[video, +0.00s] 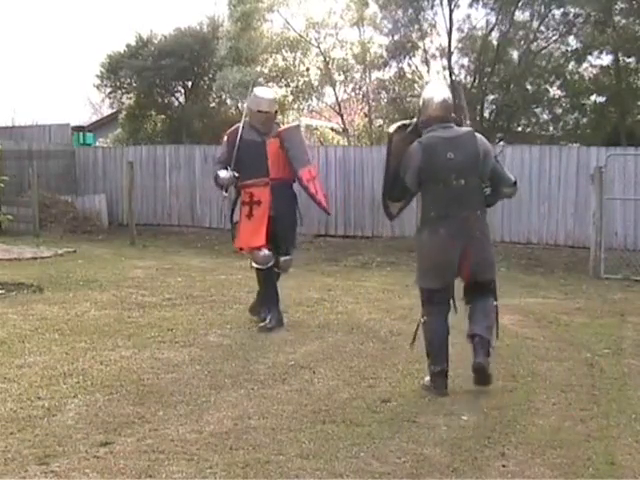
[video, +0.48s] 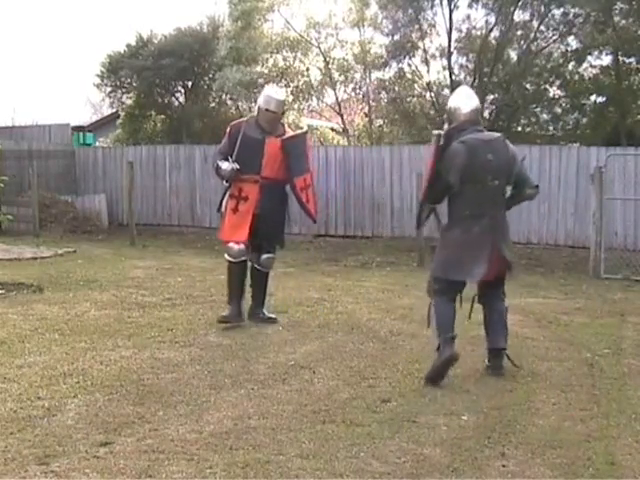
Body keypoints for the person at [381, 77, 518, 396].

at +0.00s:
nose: (422, 120)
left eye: (424, 115)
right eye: (427, 114)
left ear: (425, 119)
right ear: (454, 115)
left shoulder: (419, 148)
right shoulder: (475, 141)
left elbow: (396, 197)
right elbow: (507, 186)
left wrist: (394, 152)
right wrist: (480, 202)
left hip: (435, 232)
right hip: (474, 230)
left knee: (435, 303)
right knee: (482, 292)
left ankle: (438, 377)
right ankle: (481, 354)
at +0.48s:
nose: (449, 121)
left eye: (450, 116)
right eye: (451, 116)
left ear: (455, 116)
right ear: (478, 114)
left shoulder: (456, 149)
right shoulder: (501, 145)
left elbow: (436, 193)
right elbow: (528, 189)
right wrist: (500, 206)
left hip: (462, 233)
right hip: (495, 232)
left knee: (443, 289)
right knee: (493, 292)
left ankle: (446, 347)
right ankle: (496, 358)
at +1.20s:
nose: (463, 123)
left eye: (464, 118)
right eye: (463, 118)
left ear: (471, 118)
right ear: (490, 116)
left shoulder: (473, 148)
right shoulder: (513, 145)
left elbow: (435, 165)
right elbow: (536, 182)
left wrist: (452, 139)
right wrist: (516, 203)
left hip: (479, 226)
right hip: (509, 224)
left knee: (473, 283)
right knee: (508, 278)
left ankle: (483, 343)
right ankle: (525, 320)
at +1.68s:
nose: (482, 124)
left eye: (484, 120)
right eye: (482, 120)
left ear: (492, 120)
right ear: (508, 118)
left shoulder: (494, 147)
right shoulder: (524, 147)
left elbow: (475, 175)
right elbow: (543, 184)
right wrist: (526, 208)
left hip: (494, 223)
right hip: (520, 222)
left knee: (468, 269)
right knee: (517, 272)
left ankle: (482, 326)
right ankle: (533, 328)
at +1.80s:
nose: (483, 124)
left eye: (484, 120)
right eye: (483, 120)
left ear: (489, 120)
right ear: (508, 117)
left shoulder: (499, 147)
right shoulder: (525, 146)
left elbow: (488, 185)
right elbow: (539, 183)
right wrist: (520, 203)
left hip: (497, 222)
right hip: (522, 224)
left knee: (461, 260)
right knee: (519, 273)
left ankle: (475, 323)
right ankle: (534, 328)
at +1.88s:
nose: (480, 124)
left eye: (482, 119)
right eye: (481, 119)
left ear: (491, 119)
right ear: (506, 118)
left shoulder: (500, 147)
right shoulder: (522, 145)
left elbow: (488, 181)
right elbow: (536, 181)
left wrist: (478, 138)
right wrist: (521, 201)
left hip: (496, 221)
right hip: (521, 222)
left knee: (463, 263)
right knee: (521, 272)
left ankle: (460, 325)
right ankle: (534, 329)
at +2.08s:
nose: (468, 128)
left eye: (472, 124)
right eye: (468, 123)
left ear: (485, 124)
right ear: (494, 123)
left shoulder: (489, 150)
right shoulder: (510, 149)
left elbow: (479, 186)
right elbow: (523, 185)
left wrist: (467, 147)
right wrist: (508, 204)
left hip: (490, 223)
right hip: (514, 222)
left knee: (461, 271)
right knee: (521, 272)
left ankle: (437, 326)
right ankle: (535, 329)